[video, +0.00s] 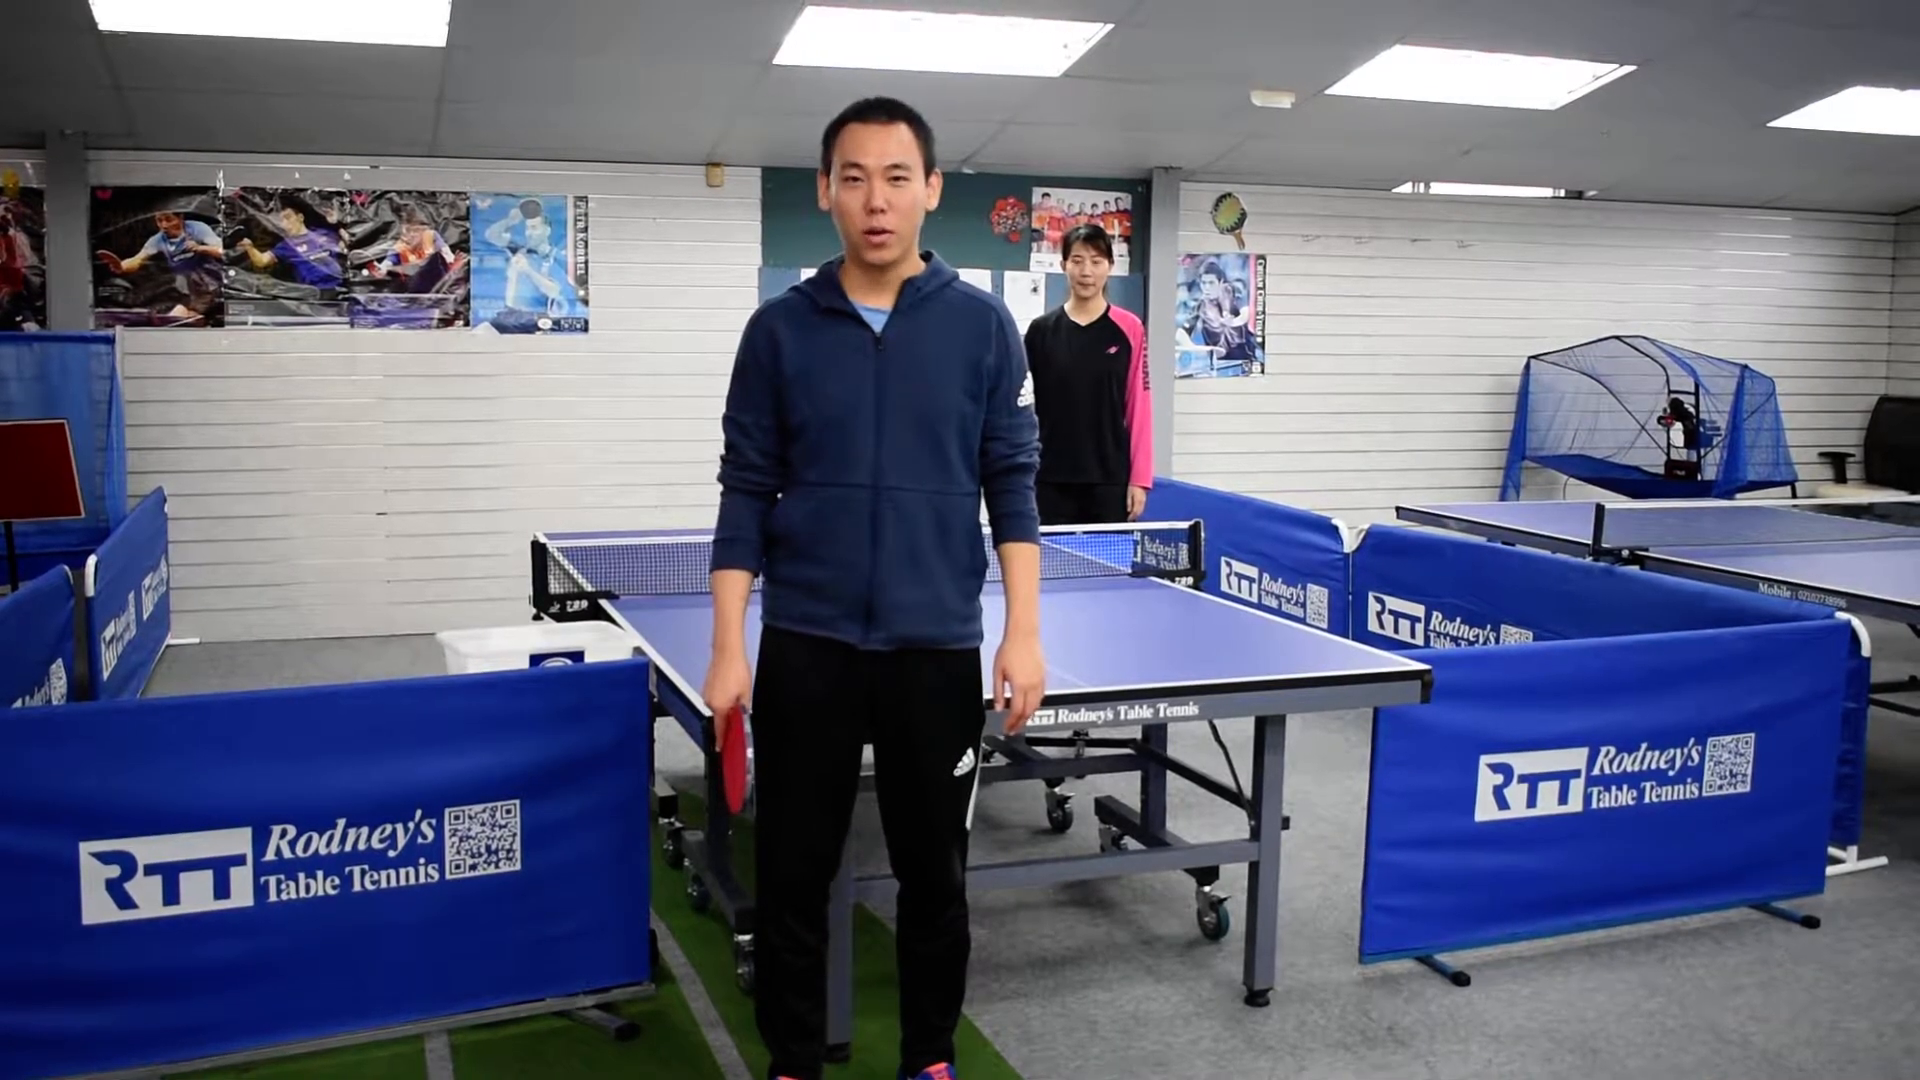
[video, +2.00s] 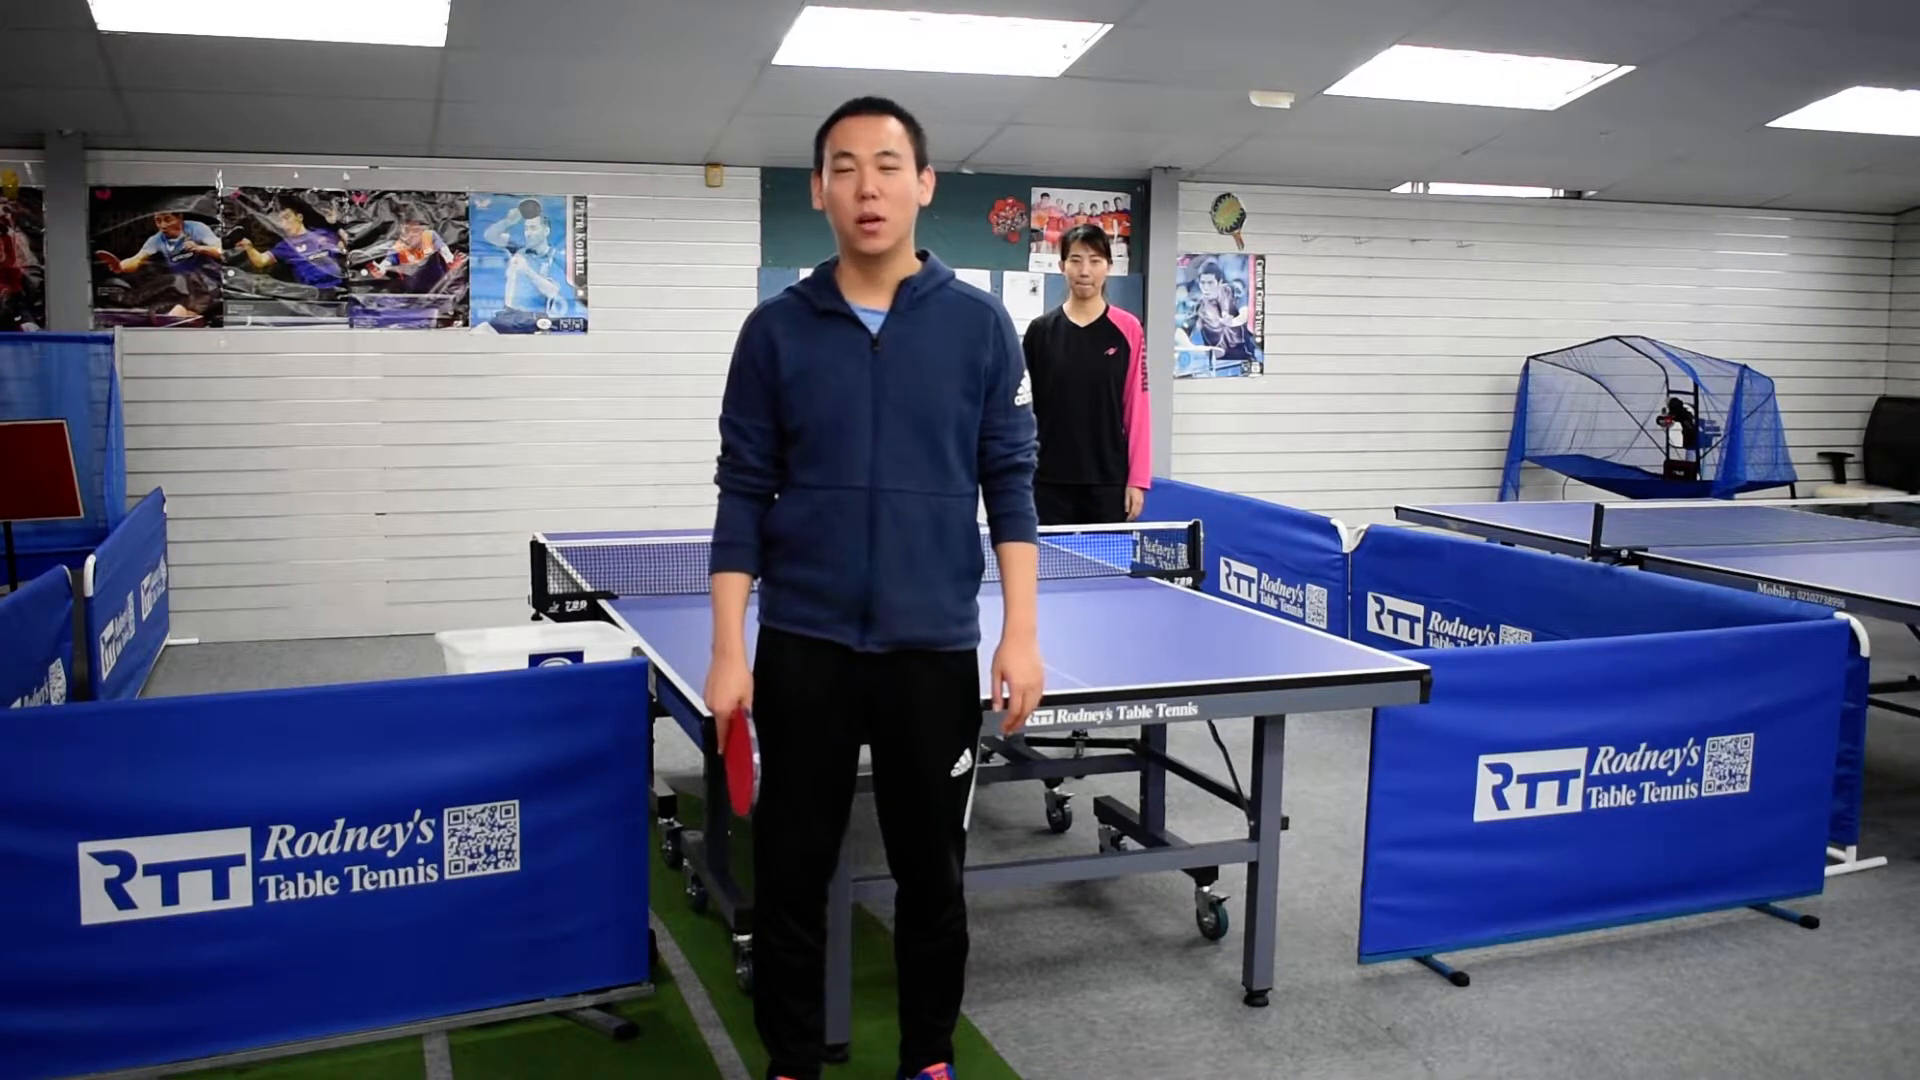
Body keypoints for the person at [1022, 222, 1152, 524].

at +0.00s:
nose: (1086, 272)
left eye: (1096, 262)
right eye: (1077, 261)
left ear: (1110, 267)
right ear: (1064, 266)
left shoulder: (1129, 329)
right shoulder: (1040, 331)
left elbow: (1139, 407)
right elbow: (1022, 404)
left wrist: (1140, 478)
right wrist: (1022, 478)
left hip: (1109, 482)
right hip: (1051, 481)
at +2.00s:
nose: (1085, 271)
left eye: (1095, 262)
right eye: (1075, 261)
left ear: (1108, 268)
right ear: (1063, 266)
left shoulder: (1128, 329)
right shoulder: (1039, 331)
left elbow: (1137, 407)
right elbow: (1022, 405)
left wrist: (1138, 479)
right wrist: (1020, 478)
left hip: (1107, 483)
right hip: (1049, 482)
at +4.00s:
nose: (1085, 271)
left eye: (1095, 262)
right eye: (1076, 261)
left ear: (1108, 267)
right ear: (1063, 266)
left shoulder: (1128, 329)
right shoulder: (1039, 331)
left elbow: (1137, 407)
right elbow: (1023, 405)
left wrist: (1138, 478)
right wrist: (1020, 477)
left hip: (1107, 482)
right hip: (1050, 480)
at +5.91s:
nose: (1085, 271)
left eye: (1095, 262)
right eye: (1075, 261)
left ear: (1108, 268)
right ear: (1063, 266)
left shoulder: (1128, 329)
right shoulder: (1040, 331)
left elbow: (1136, 406)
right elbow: (1023, 405)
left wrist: (1138, 478)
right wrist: (1021, 476)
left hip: (1107, 482)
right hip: (1050, 480)